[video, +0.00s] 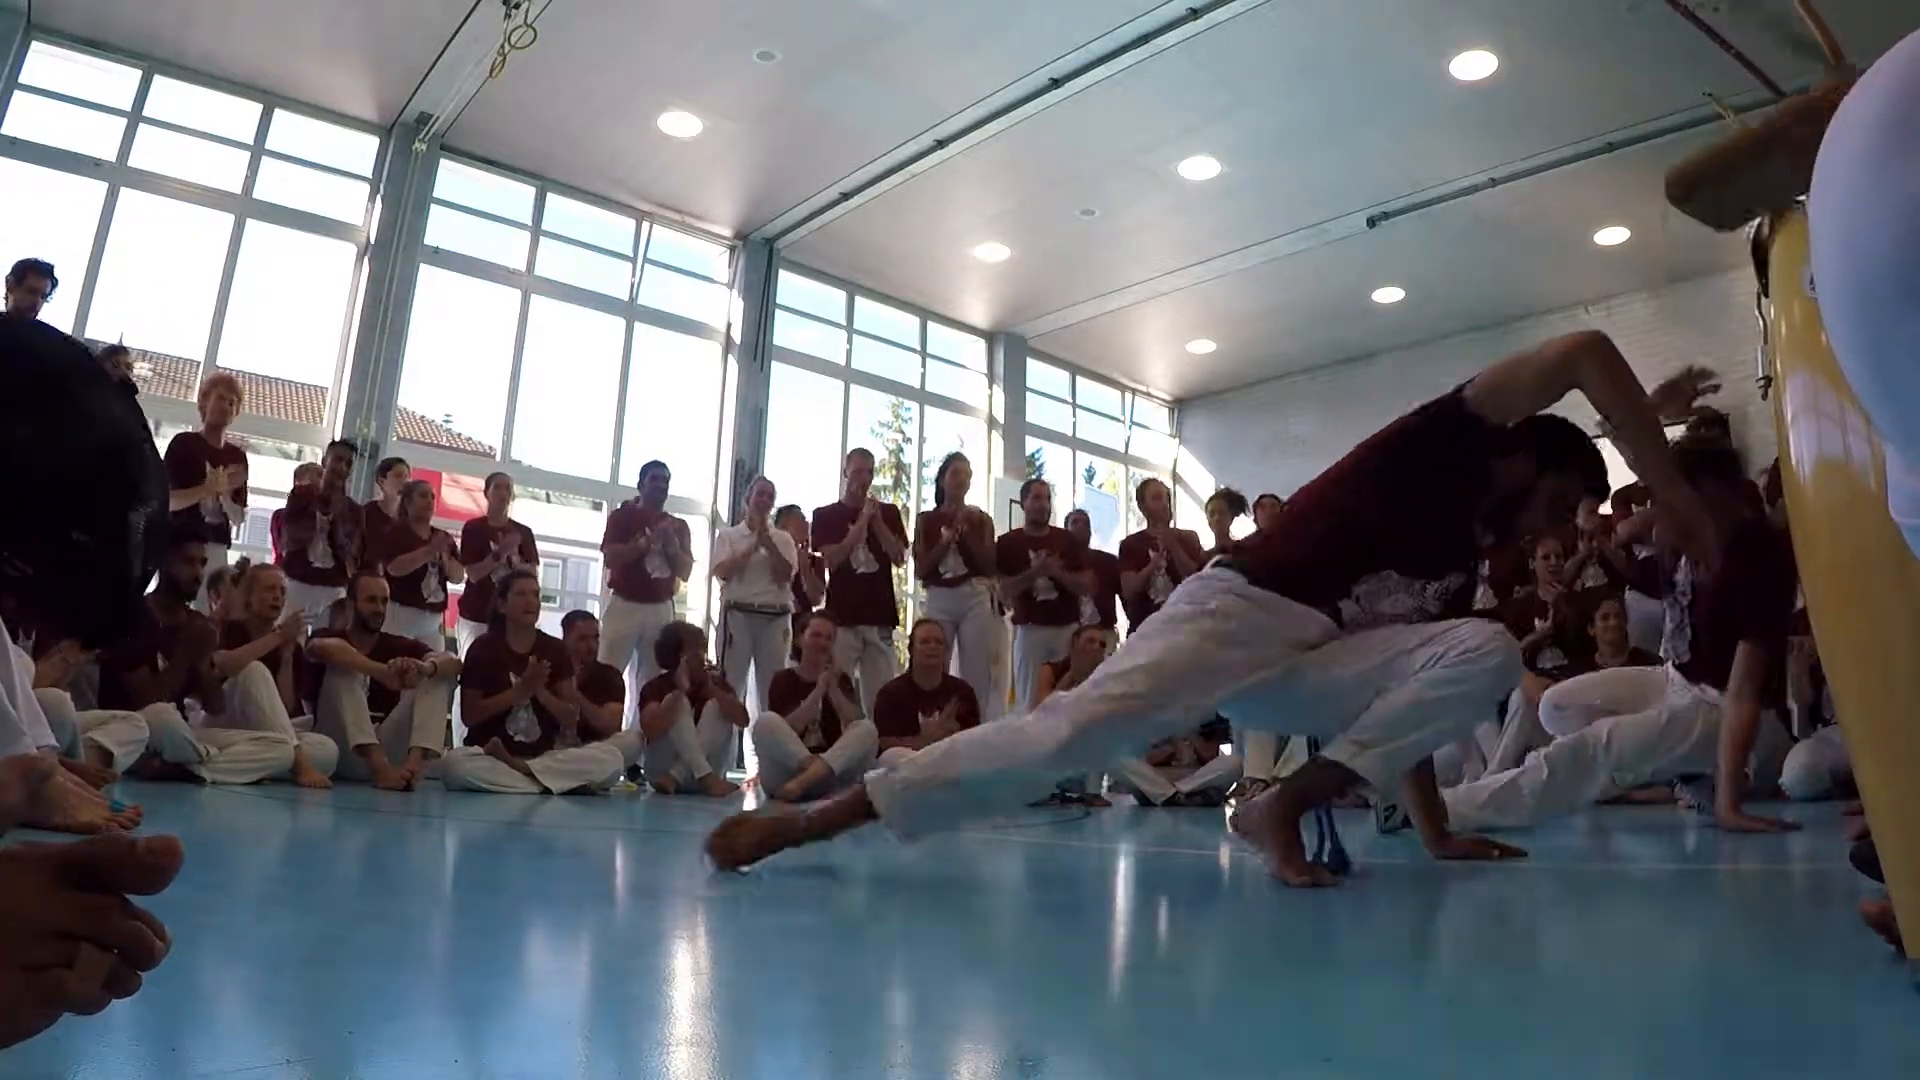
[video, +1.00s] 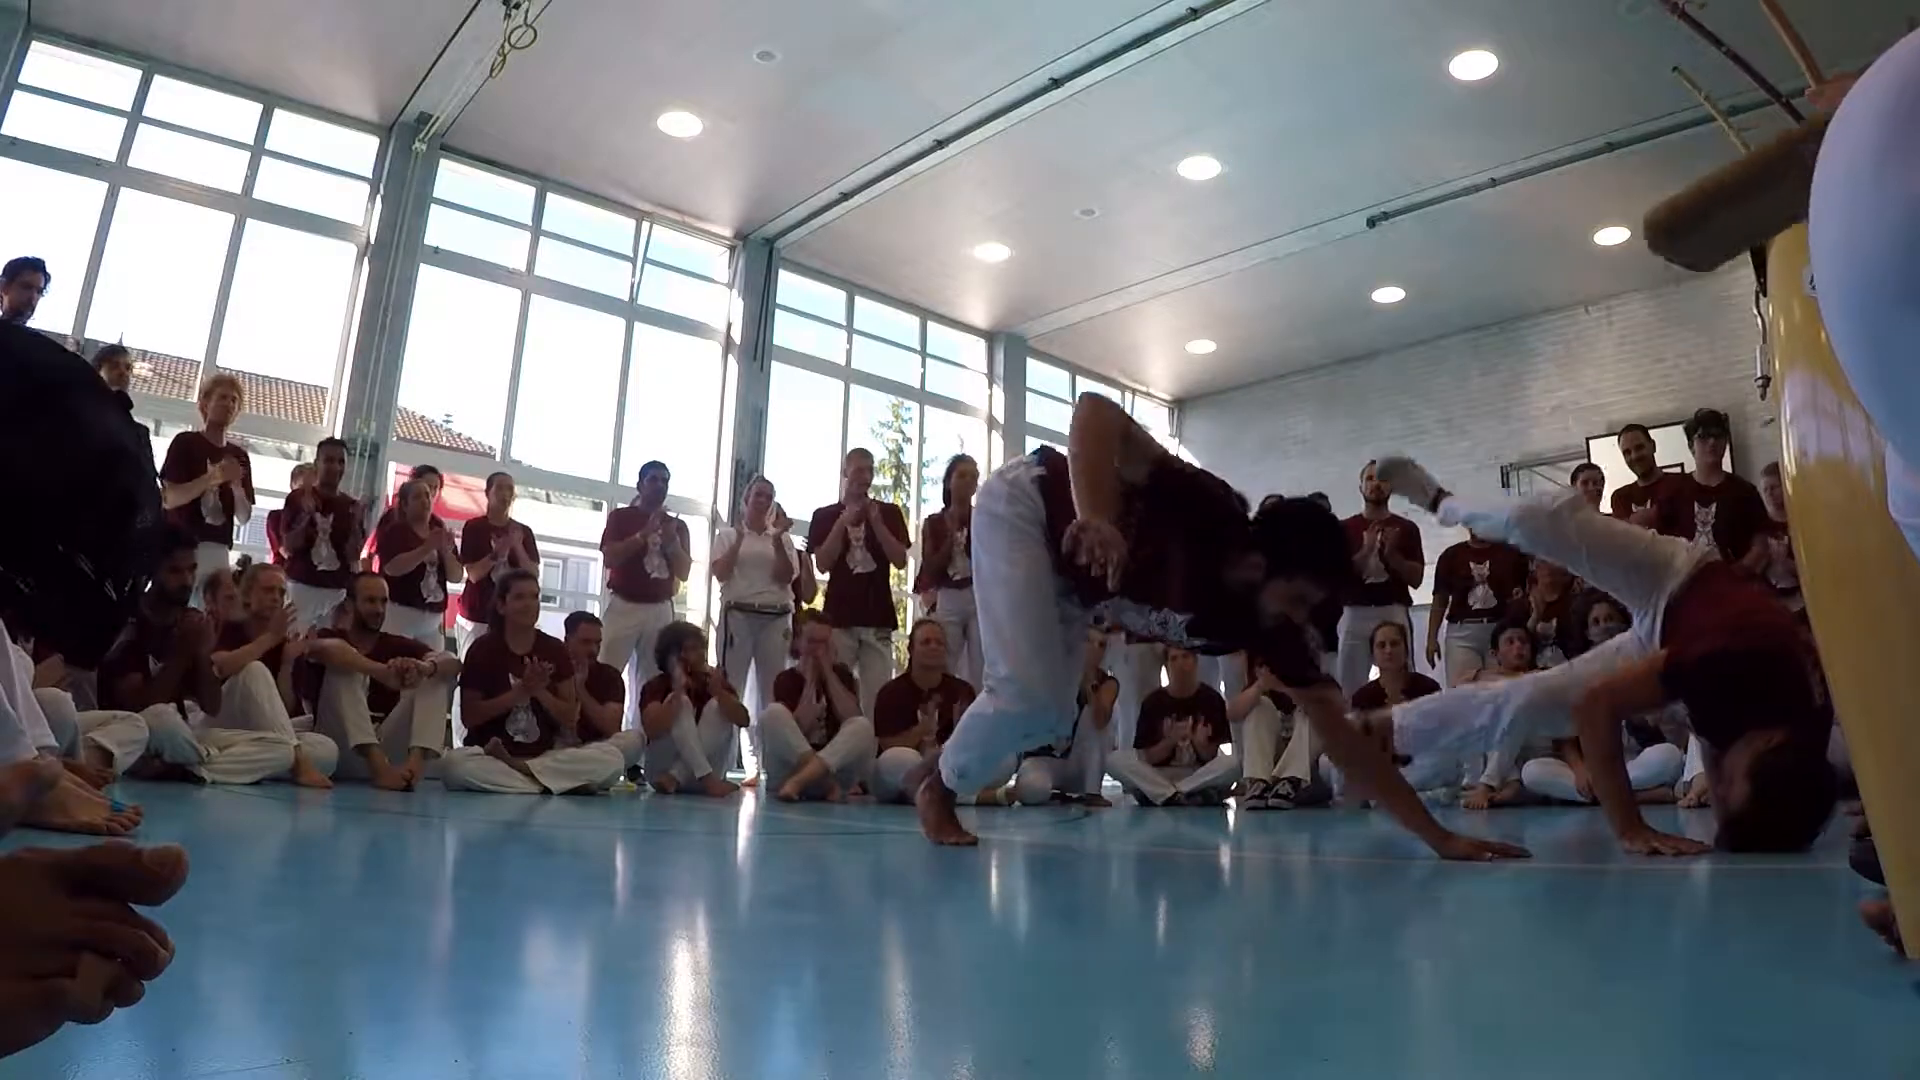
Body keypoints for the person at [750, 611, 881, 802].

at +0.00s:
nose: (822, 643)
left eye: (828, 638)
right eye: (816, 636)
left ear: (833, 644)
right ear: (799, 639)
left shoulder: (841, 680)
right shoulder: (783, 679)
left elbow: (858, 724)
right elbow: (782, 731)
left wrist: (834, 691)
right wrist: (818, 692)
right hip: (787, 775)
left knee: (866, 729)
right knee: (765, 722)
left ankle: (801, 783)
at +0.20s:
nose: (823, 645)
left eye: (830, 641)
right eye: (816, 638)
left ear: (835, 646)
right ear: (800, 640)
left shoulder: (841, 681)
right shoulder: (783, 681)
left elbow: (857, 727)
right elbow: (788, 733)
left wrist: (839, 684)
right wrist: (810, 686)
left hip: (837, 779)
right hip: (788, 778)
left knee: (866, 729)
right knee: (766, 721)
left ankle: (802, 783)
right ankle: (831, 785)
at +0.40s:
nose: (823, 646)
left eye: (830, 641)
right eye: (817, 638)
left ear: (835, 647)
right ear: (801, 640)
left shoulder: (842, 683)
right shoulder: (782, 682)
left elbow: (856, 726)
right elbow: (785, 736)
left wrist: (836, 684)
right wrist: (816, 693)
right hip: (787, 777)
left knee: (865, 729)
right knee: (767, 719)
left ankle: (800, 783)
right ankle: (830, 785)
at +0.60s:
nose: (823, 647)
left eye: (829, 643)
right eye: (817, 639)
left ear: (835, 649)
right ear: (800, 640)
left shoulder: (841, 682)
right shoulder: (782, 682)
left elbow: (856, 727)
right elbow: (784, 737)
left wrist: (839, 694)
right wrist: (813, 693)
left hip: (837, 779)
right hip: (788, 778)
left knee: (864, 728)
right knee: (768, 720)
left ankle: (799, 783)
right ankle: (831, 784)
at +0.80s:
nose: (824, 650)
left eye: (830, 645)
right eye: (819, 642)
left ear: (836, 650)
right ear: (801, 641)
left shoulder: (843, 681)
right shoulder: (784, 682)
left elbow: (856, 724)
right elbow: (784, 735)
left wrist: (829, 683)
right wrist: (817, 692)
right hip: (788, 777)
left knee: (864, 728)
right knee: (769, 718)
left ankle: (799, 783)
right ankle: (832, 784)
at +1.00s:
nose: (818, 649)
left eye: (824, 643)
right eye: (812, 642)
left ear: (831, 645)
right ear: (798, 643)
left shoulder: (842, 674)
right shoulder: (786, 679)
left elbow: (853, 717)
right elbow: (795, 731)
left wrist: (829, 672)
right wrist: (810, 681)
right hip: (789, 775)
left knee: (862, 727)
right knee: (773, 713)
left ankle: (798, 782)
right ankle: (829, 785)